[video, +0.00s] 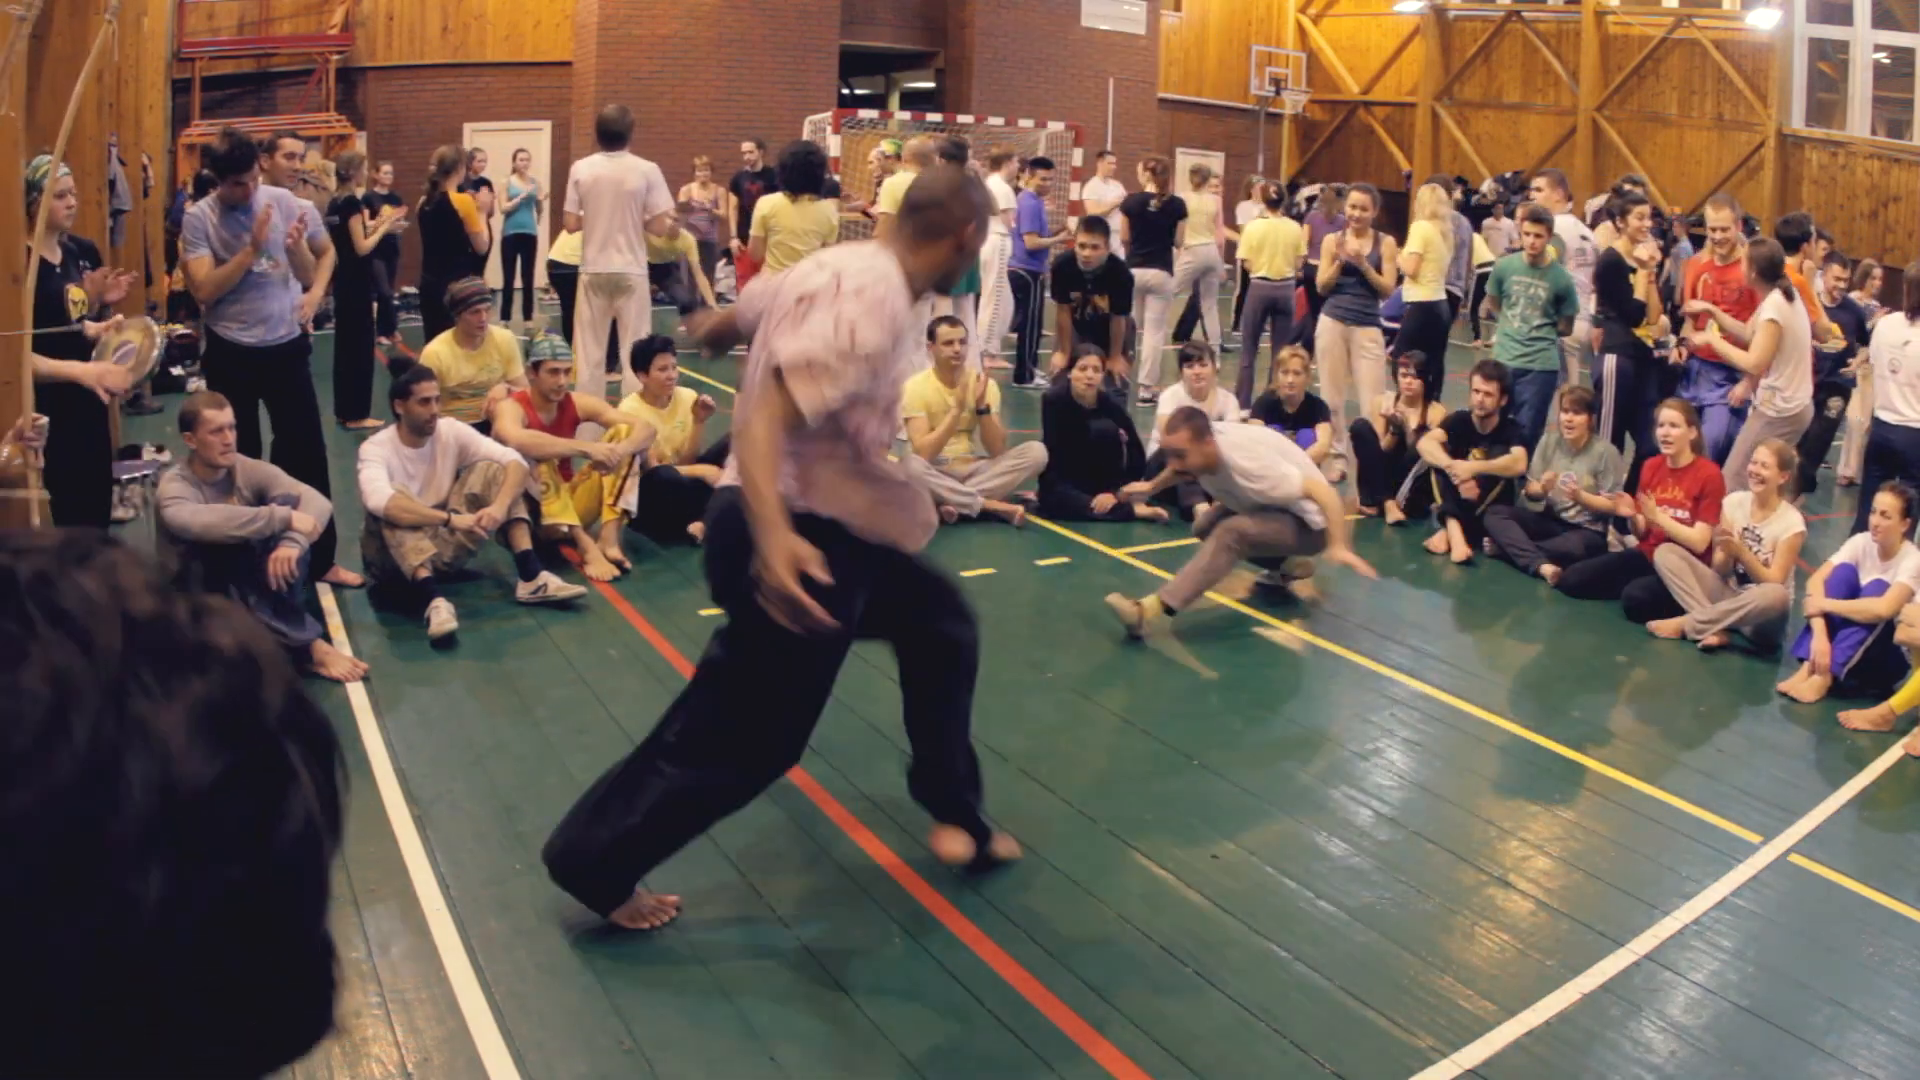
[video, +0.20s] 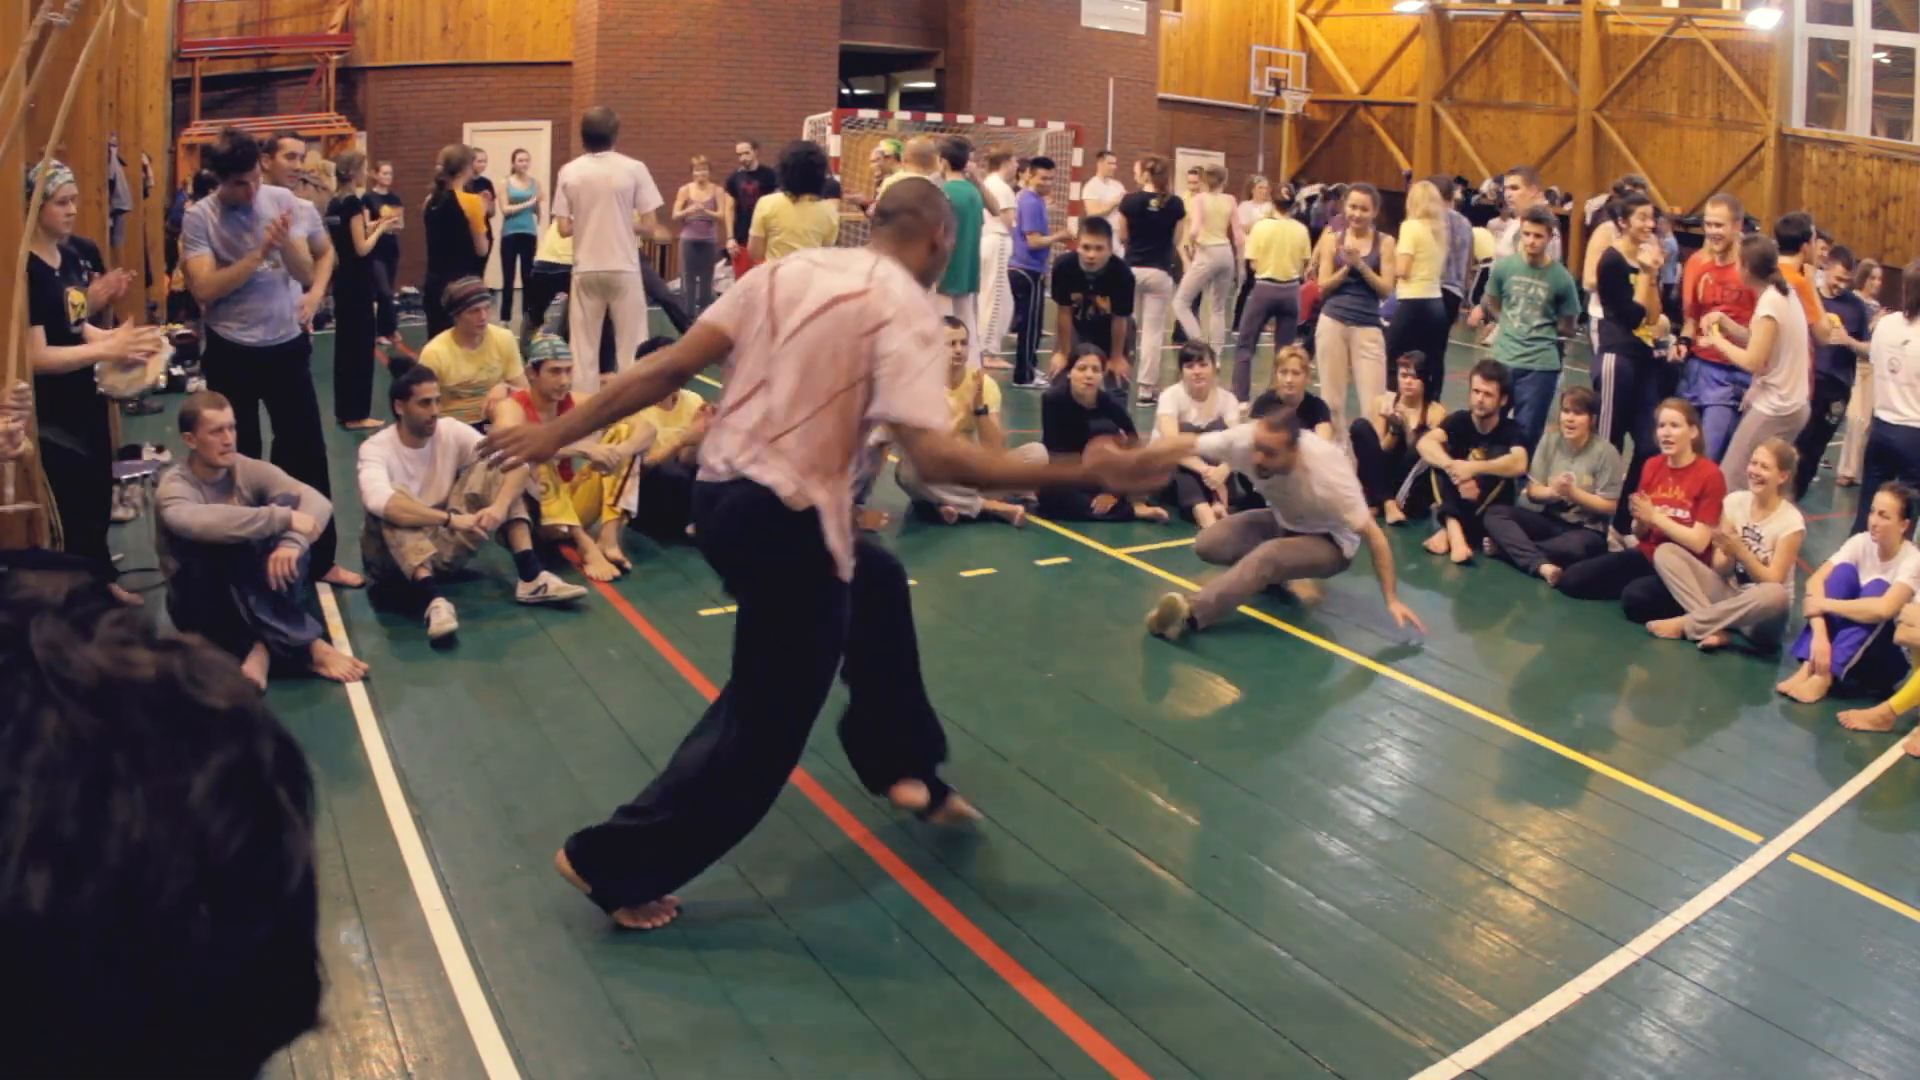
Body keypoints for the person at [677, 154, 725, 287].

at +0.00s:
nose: (703, 174)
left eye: (706, 170)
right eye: (699, 170)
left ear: (711, 172)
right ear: (694, 172)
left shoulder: (719, 191)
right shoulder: (686, 190)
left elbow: (723, 214)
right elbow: (681, 210)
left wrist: (710, 209)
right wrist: (689, 206)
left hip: (709, 237)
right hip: (691, 236)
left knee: (709, 273)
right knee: (690, 272)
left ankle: (707, 303)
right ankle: (691, 302)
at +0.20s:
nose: (701, 174)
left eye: (704, 170)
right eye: (698, 170)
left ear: (709, 171)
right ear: (693, 172)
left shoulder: (717, 191)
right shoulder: (685, 190)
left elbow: (721, 214)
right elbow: (676, 214)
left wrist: (705, 211)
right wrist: (690, 210)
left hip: (708, 239)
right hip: (689, 238)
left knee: (706, 280)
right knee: (689, 280)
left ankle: (705, 312)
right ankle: (689, 314)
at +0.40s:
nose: (698, 174)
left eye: (701, 170)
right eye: (695, 170)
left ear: (706, 171)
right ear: (690, 172)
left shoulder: (715, 191)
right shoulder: (683, 190)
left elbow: (719, 215)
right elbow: (676, 215)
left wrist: (703, 211)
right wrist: (692, 208)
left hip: (707, 237)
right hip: (688, 236)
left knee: (705, 280)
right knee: (688, 278)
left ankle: (704, 316)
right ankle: (689, 315)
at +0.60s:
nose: (696, 173)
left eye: (699, 170)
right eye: (693, 170)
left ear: (704, 171)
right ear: (688, 172)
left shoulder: (713, 191)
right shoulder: (680, 191)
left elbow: (719, 215)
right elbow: (670, 215)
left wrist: (706, 209)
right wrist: (683, 209)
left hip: (705, 239)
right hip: (685, 238)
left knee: (705, 281)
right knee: (686, 281)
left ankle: (704, 318)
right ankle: (685, 319)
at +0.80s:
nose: (693, 174)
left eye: (696, 170)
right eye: (690, 170)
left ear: (701, 171)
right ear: (685, 172)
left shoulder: (710, 191)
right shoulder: (678, 190)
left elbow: (715, 216)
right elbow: (670, 215)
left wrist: (700, 209)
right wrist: (684, 209)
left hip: (703, 237)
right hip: (683, 237)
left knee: (704, 280)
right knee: (684, 281)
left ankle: (704, 318)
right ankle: (685, 319)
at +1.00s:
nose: (691, 173)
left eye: (694, 170)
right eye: (687, 170)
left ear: (699, 171)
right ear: (682, 172)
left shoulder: (707, 190)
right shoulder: (677, 190)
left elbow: (713, 214)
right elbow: (671, 210)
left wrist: (697, 209)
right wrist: (683, 208)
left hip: (701, 238)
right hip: (681, 237)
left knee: (702, 279)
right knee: (683, 281)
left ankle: (703, 318)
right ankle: (686, 318)